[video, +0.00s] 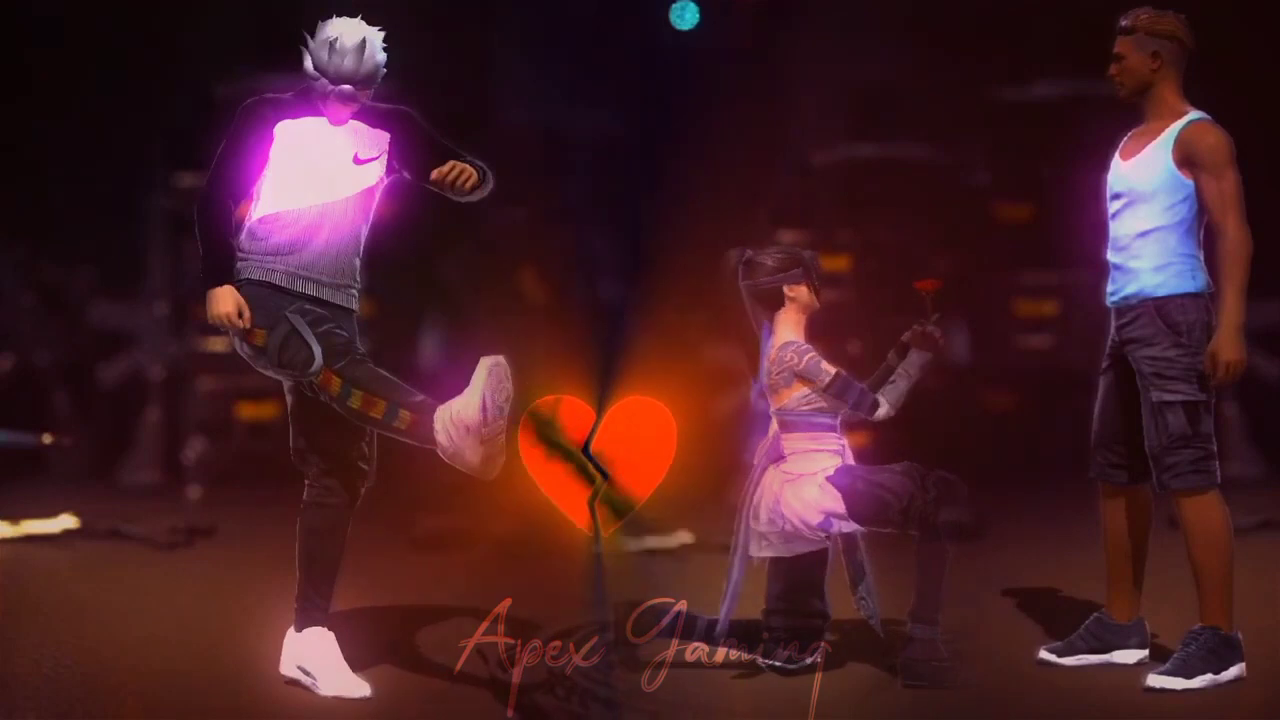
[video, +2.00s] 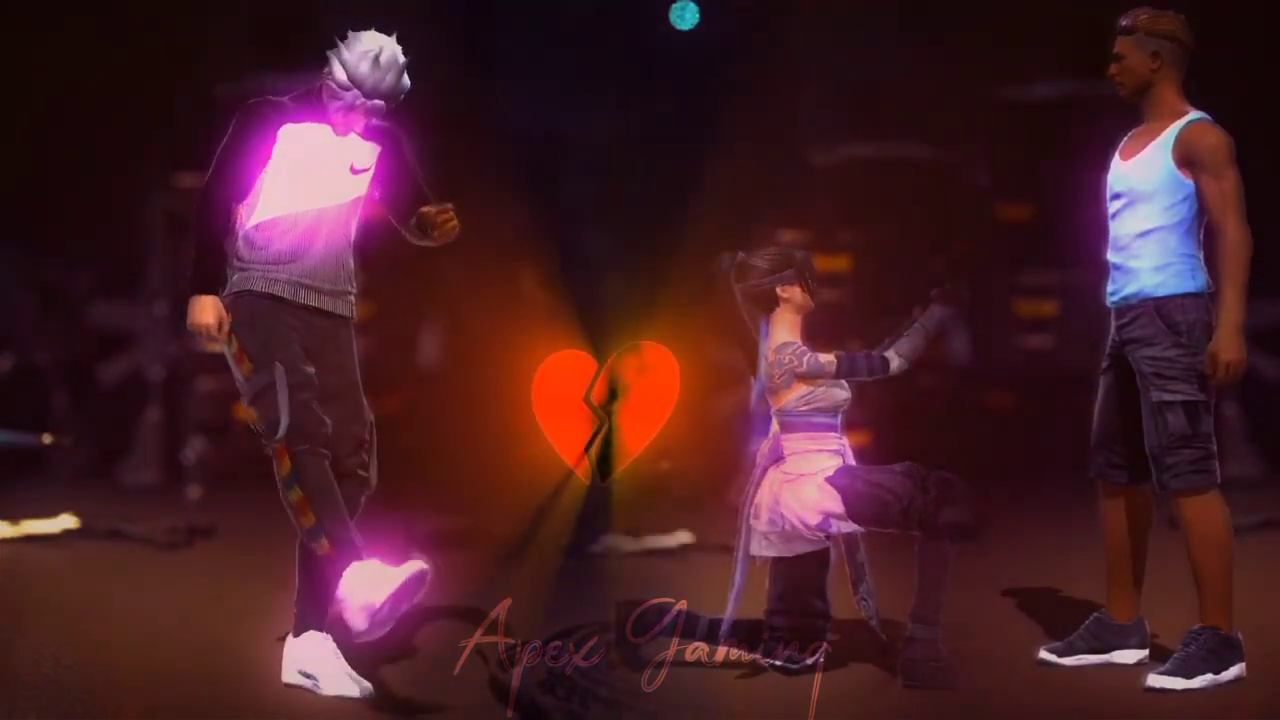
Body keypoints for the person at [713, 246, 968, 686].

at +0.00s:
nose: (815, 288)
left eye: (811, 280)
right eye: (808, 281)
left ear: (786, 293)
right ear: (788, 291)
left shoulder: (784, 350)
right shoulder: (794, 352)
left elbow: (862, 399)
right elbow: (879, 407)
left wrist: (902, 351)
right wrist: (920, 355)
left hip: (795, 480)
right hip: (810, 485)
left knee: (796, 637)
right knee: (942, 496)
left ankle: (678, 624)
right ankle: (924, 646)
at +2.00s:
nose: (811, 292)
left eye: (807, 283)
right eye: (803, 283)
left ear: (782, 294)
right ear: (782, 292)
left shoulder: (782, 351)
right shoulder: (789, 355)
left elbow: (878, 363)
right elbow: (888, 363)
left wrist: (923, 320)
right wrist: (934, 316)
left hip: (795, 484)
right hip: (809, 486)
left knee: (796, 644)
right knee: (944, 496)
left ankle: (676, 624)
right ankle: (923, 650)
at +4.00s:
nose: (808, 290)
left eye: (803, 282)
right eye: (800, 283)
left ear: (779, 293)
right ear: (780, 291)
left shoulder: (782, 350)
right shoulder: (787, 354)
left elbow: (879, 359)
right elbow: (885, 360)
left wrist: (928, 310)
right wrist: (938, 307)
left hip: (797, 484)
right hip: (809, 486)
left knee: (795, 645)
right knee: (942, 497)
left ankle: (675, 624)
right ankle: (923, 650)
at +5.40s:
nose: (806, 288)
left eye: (802, 280)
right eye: (797, 280)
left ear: (779, 292)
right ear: (778, 291)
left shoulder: (791, 352)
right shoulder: (785, 353)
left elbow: (881, 359)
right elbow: (883, 359)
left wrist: (933, 305)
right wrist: (938, 305)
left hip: (804, 485)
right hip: (807, 486)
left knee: (796, 647)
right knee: (942, 499)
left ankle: (663, 619)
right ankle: (923, 653)